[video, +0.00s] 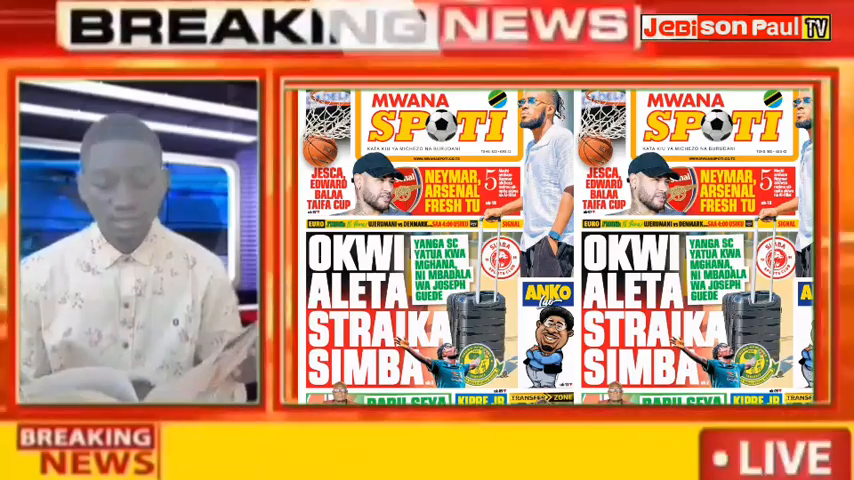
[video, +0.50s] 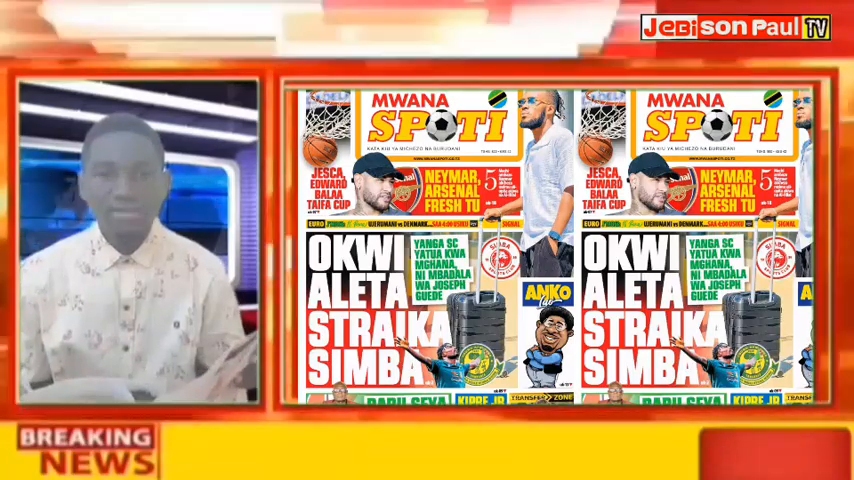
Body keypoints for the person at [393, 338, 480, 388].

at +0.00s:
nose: (453, 348)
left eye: (453, 347)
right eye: (449, 348)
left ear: (456, 352)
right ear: (443, 354)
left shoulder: (462, 367)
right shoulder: (439, 365)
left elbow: (474, 365)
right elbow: (423, 359)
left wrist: (478, 360)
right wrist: (408, 348)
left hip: (461, 403)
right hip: (445, 403)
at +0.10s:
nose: (453, 348)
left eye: (453, 347)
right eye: (449, 348)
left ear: (456, 352)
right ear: (443, 354)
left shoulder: (462, 367)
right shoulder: (439, 365)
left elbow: (474, 365)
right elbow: (423, 359)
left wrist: (478, 360)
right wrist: (408, 348)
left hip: (461, 403)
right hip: (445, 403)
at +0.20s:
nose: (453, 348)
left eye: (453, 347)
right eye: (449, 348)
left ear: (456, 352)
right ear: (443, 354)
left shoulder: (462, 367)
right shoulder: (439, 365)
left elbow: (474, 365)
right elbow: (423, 359)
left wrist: (478, 360)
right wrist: (408, 348)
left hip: (461, 403)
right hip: (445, 403)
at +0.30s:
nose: (453, 348)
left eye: (453, 347)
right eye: (449, 348)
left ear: (456, 352)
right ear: (443, 354)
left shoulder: (462, 367)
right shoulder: (439, 365)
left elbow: (474, 365)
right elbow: (423, 359)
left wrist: (478, 360)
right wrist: (408, 348)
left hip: (461, 403)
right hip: (445, 403)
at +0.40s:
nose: (453, 348)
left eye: (453, 347)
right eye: (449, 348)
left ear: (456, 352)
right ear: (443, 354)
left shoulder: (462, 367)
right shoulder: (439, 365)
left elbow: (474, 365)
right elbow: (423, 359)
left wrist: (478, 360)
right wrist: (408, 348)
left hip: (461, 403)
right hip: (445, 403)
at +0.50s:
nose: (453, 348)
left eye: (453, 347)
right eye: (449, 348)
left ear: (456, 352)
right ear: (443, 354)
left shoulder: (462, 367)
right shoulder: (439, 365)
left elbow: (474, 365)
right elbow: (423, 359)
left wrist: (478, 360)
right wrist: (408, 348)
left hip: (461, 403)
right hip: (445, 403)